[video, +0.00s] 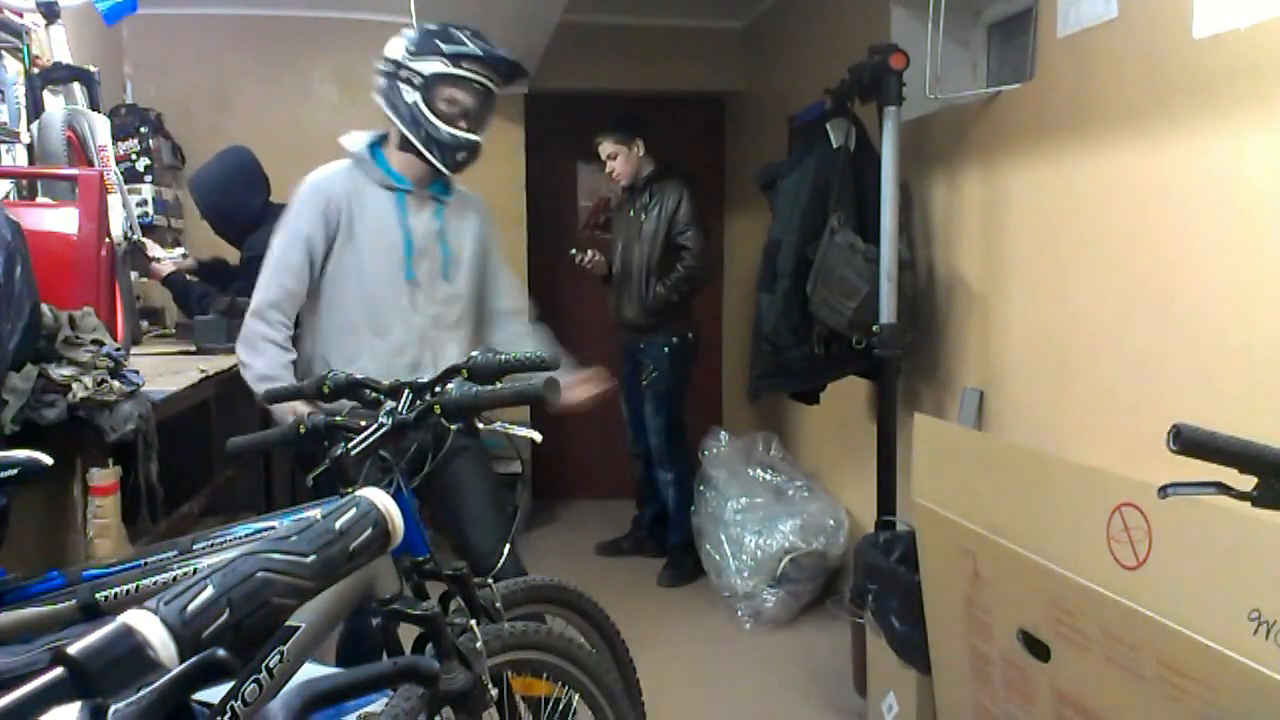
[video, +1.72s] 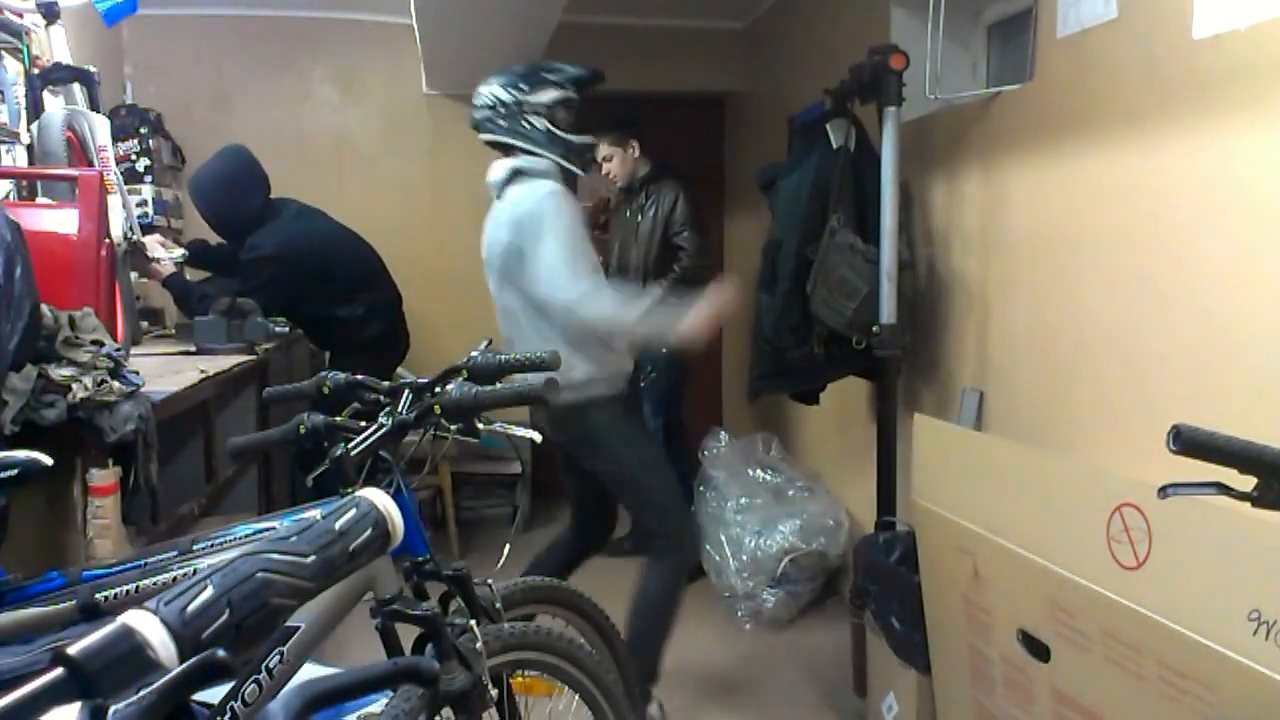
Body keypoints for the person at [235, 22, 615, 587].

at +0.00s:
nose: (462, 124)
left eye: (473, 111)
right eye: (450, 105)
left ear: (484, 116)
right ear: (406, 96)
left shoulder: (469, 215)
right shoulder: (330, 191)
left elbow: (505, 320)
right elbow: (266, 319)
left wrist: (559, 376)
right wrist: (287, 404)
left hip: (446, 425)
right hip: (350, 427)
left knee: (501, 573)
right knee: (358, 593)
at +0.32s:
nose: (415, 122)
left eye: (419, 108)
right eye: (405, 107)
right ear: (359, 97)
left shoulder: (409, 197)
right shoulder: (303, 199)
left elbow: (465, 281)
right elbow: (296, 333)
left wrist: (547, 315)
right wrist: (370, 383)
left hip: (428, 405)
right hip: (349, 417)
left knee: (503, 541)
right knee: (370, 580)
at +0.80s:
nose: (446, 109)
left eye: (444, 96)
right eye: (436, 96)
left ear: (403, 105)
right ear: (398, 103)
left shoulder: (422, 195)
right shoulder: (358, 205)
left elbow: (460, 307)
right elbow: (350, 333)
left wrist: (505, 376)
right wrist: (404, 408)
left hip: (478, 401)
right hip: (421, 415)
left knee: (520, 523)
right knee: (431, 558)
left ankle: (476, 634)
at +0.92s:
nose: (465, 110)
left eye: (461, 96)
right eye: (451, 97)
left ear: (416, 108)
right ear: (412, 106)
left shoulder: (440, 197)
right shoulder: (388, 203)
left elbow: (478, 308)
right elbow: (393, 333)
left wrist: (542, 347)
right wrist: (486, 370)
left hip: (493, 398)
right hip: (442, 410)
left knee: (538, 521)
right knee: (456, 549)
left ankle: (490, 622)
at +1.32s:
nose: (519, 116)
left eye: (517, 104)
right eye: (505, 104)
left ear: (469, 118)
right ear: (468, 113)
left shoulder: (482, 193)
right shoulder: (469, 199)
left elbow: (496, 303)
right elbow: (480, 311)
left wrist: (576, 344)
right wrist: (570, 352)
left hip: (542, 388)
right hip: (525, 393)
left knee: (557, 518)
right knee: (558, 525)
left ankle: (498, 617)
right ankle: (491, 620)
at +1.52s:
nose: (544, 129)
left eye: (541, 117)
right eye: (530, 117)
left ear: (496, 128)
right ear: (494, 125)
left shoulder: (497, 196)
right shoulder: (505, 201)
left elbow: (528, 294)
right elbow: (546, 296)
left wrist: (574, 276)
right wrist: (640, 317)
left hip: (532, 393)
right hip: (543, 396)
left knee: (568, 525)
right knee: (623, 530)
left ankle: (492, 621)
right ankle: (583, 659)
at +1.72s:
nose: (579, 130)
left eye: (573, 116)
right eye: (566, 116)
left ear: (518, 128)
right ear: (536, 123)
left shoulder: (523, 198)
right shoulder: (540, 201)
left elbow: (566, 300)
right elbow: (578, 299)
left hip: (566, 400)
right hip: (588, 401)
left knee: (587, 528)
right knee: (671, 538)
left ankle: (497, 619)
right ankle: (630, 696)